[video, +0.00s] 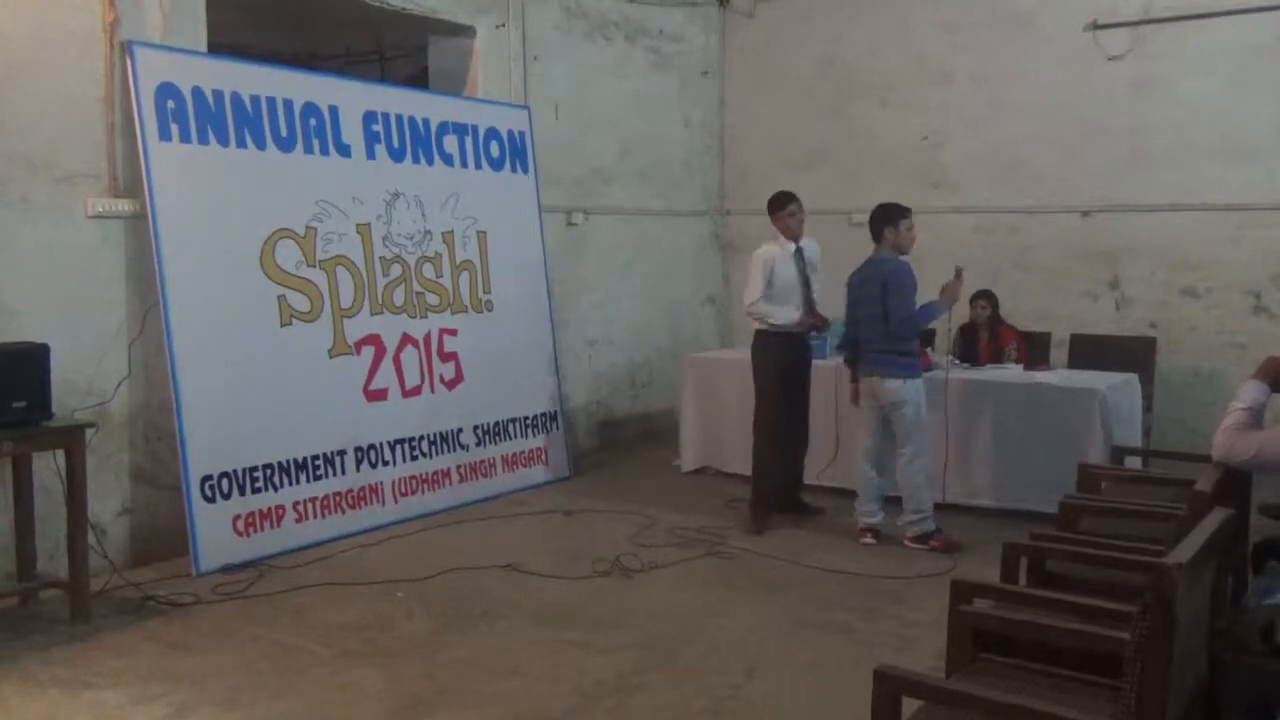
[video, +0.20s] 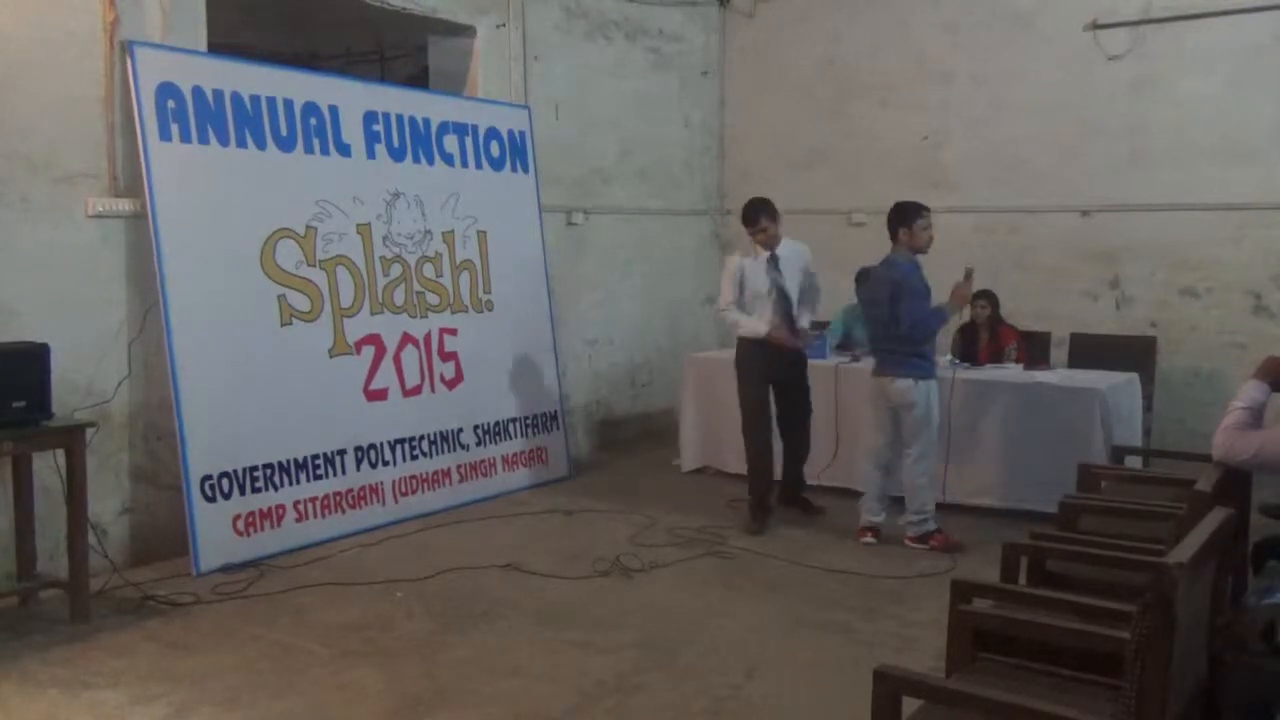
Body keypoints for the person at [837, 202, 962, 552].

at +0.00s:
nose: (914, 236)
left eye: (913, 229)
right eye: (909, 229)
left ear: (883, 234)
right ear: (889, 232)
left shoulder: (858, 275)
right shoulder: (898, 271)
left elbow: (851, 332)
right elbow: (905, 326)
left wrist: (854, 375)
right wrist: (943, 302)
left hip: (870, 377)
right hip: (901, 378)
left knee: (873, 452)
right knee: (913, 452)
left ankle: (868, 524)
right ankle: (920, 527)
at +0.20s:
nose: (931, 234)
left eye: (931, 227)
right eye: (924, 228)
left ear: (900, 235)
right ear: (903, 233)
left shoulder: (878, 273)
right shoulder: (910, 274)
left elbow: (878, 331)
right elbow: (915, 330)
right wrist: (951, 306)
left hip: (884, 375)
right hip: (913, 378)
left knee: (884, 451)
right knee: (920, 454)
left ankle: (870, 522)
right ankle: (920, 527)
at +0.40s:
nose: (943, 235)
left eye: (943, 228)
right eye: (937, 228)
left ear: (915, 233)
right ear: (915, 232)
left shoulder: (898, 272)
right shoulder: (917, 276)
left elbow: (901, 332)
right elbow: (927, 334)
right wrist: (962, 305)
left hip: (902, 375)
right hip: (922, 379)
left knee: (899, 444)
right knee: (926, 452)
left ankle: (876, 510)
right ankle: (920, 527)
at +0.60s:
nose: (952, 234)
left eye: (953, 227)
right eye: (946, 227)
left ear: (931, 232)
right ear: (923, 231)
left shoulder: (928, 271)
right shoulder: (920, 275)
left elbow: (937, 325)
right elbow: (933, 332)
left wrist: (967, 307)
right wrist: (966, 304)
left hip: (933, 377)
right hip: (928, 379)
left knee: (932, 448)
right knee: (931, 451)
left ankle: (910, 514)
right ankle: (920, 529)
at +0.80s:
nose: (963, 234)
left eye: (964, 227)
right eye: (956, 227)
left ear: (950, 232)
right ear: (933, 231)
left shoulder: (943, 272)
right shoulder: (925, 276)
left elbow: (946, 327)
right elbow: (936, 334)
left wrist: (971, 308)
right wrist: (970, 306)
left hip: (950, 379)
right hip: (933, 381)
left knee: (962, 453)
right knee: (933, 455)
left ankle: (961, 521)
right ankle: (919, 528)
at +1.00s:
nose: (976, 236)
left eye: (978, 229)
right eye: (969, 228)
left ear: (968, 233)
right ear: (946, 231)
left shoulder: (959, 274)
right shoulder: (934, 278)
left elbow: (966, 327)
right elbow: (947, 335)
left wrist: (985, 302)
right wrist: (981, 298)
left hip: (966, 382)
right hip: (943, 383)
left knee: (979, 459)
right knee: (937, 458)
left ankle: (1000, 525)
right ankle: (921, 528)